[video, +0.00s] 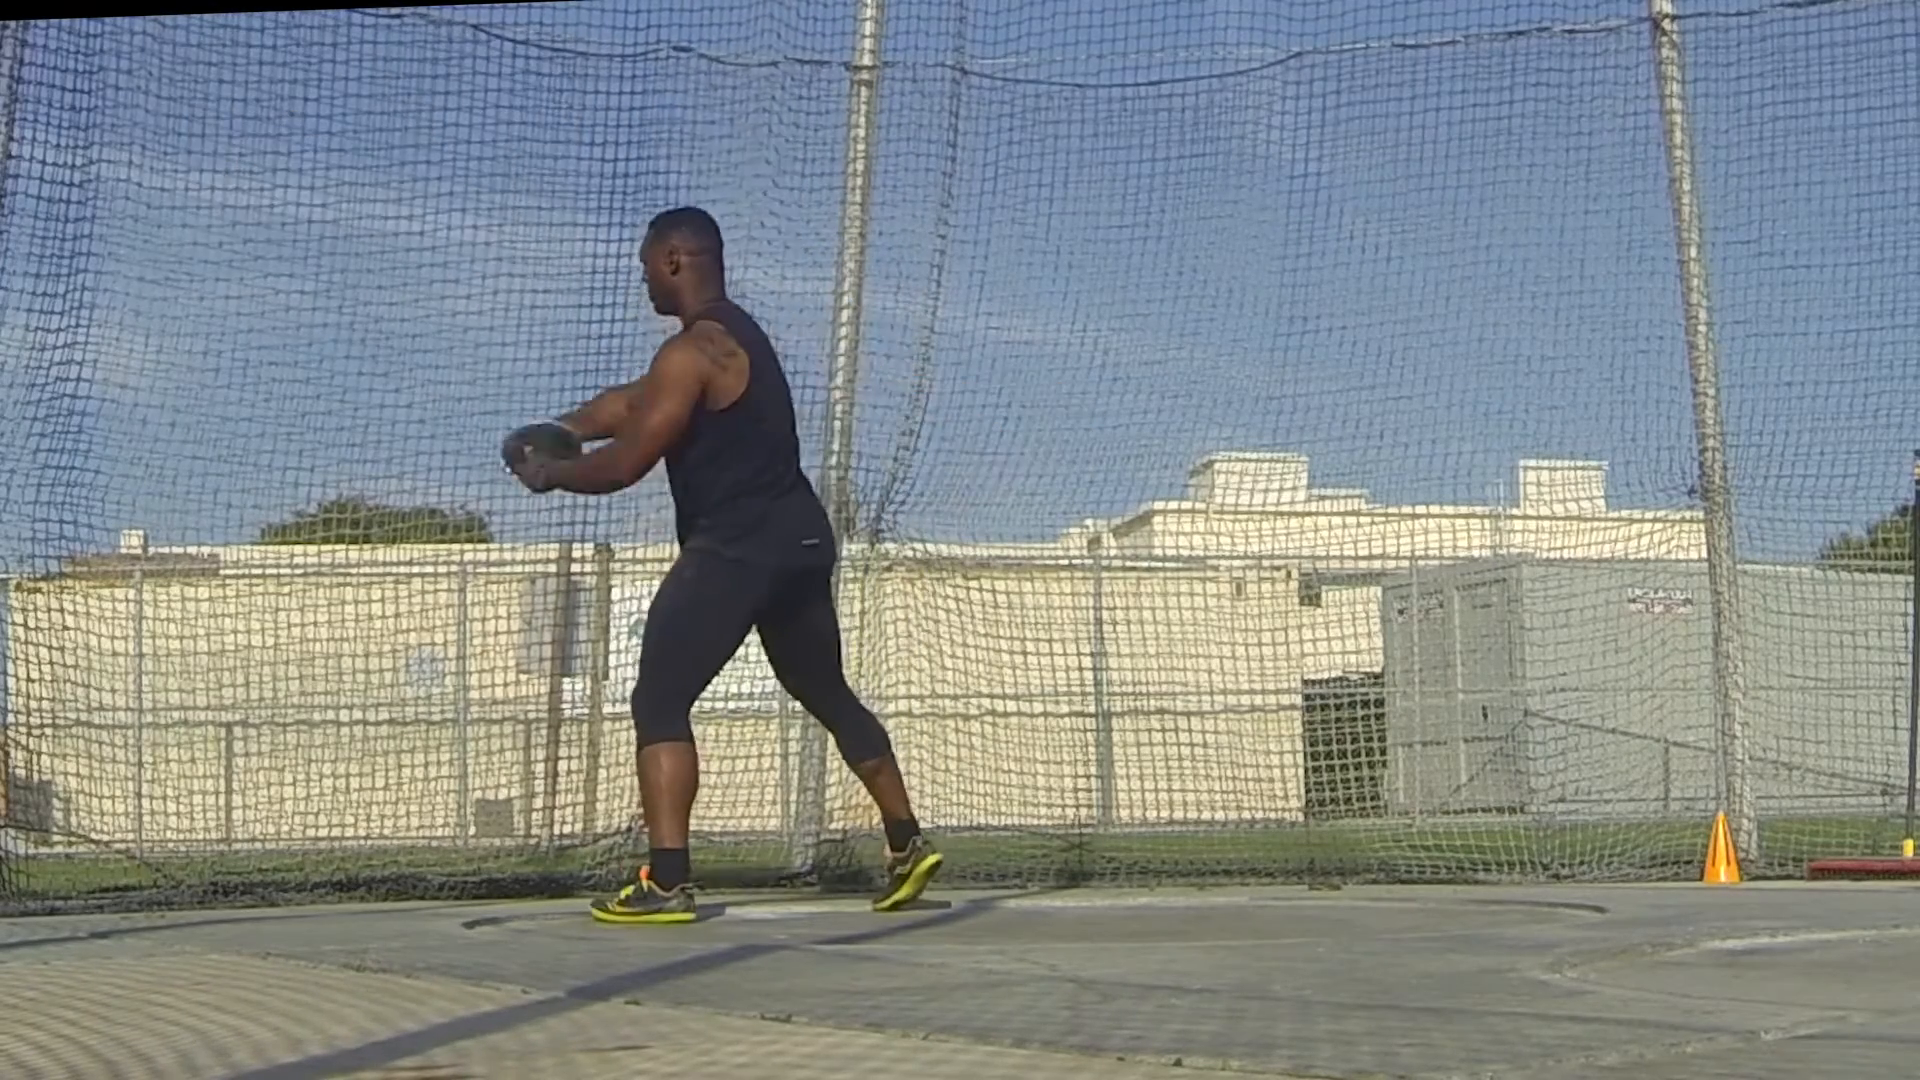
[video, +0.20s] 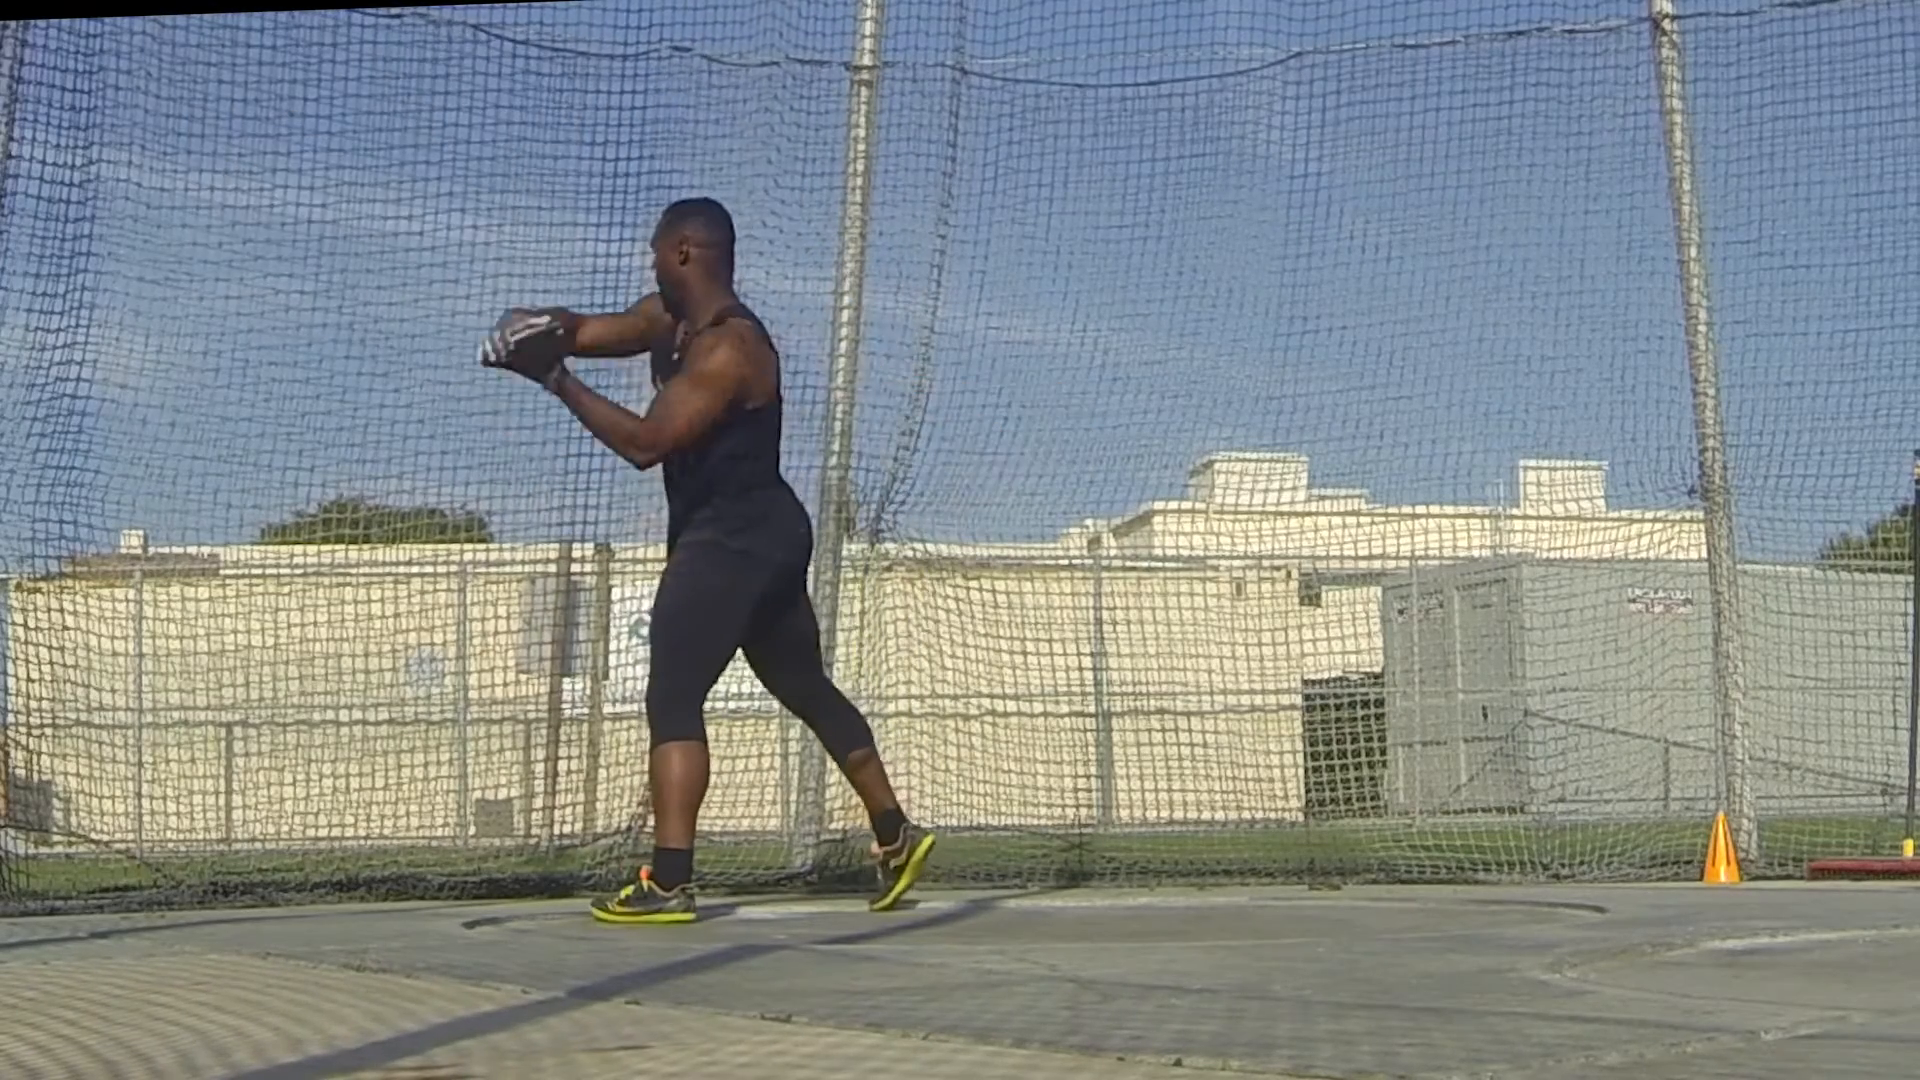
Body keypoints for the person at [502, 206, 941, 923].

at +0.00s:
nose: (642, 280)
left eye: (646, 267)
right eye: (643, 268)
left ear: (674, 263)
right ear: (705, 262)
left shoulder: (688, 352)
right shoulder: (741, 333)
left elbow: (623, 466)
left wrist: (553, 474)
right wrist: (561, 432)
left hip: (730, 553)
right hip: (798, 543)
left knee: (659, 699)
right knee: (825, 690)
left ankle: (666, 880)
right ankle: (908, 841)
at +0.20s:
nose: (650, 268)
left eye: (655, 256)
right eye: (652, 256)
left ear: (684, 254)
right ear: (706, 255)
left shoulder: (729, 347)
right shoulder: (674, 317)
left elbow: (646, 444)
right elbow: (584, 331)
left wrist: (557, 379)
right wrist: (539, 328)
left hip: (729, 540)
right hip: (760, 534)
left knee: (673, 693)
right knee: (803, 686)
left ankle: (669, 877)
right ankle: (895, 832)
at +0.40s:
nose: (653, 265)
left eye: (661, 252)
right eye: (656, 254)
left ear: (694, 252)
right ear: (709, 252)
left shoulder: (764, 354)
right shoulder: (672, 316)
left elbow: (735, 465)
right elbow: (588, 320)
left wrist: (683, 391)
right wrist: (671, 301)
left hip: (723, 541)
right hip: (738, 539)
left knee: (675, 696)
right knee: (787, 686)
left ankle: (670, 877)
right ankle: (883, 831)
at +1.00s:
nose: (747, 416)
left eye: (746, 408)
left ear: (750, 402)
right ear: (805, 401)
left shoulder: (743, 424)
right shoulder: (863, 453)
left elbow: (701, 480)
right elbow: (913, 554)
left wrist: (639, 559)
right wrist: (899, 611)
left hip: (783, 587)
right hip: (873, 599)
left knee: (649, 693)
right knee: (869, 728)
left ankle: (650, 852)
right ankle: (904, 877)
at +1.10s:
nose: (785, 395)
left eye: (778, 390)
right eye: (801, 388)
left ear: (776, 392)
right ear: (836, 394)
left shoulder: (748, 422)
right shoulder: (888, 434)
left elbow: (665, 473)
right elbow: (997, 476)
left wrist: (585, 526)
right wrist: (1073, 491)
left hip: (769, 588)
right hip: (860, 592)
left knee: (662, 710)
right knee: (871, 724)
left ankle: (647, 855)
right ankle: (906, 878)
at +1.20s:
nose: (846, 382)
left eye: (832, 375)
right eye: (854, 377)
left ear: (806, 382)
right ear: (863, 381)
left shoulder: (760, 414)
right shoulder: (895, 405)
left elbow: (653, 460)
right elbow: (1009, 399)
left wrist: (555, 500)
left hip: (771, 578)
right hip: (860, 582)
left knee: (674, 715)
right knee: (874, 723)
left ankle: (645, 850)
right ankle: (904, 877)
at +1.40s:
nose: (915, 356)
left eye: (914, 349)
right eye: (909, 353)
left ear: (843, 359)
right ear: (896, 354)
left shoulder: (802, 409)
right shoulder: (889, 383)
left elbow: (749, 458)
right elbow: (887, 332)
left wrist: (720, 496)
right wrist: (888, 296)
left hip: (773, 553)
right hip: (855, 558)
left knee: (704, 706)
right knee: (884, 710)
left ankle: (640, 837)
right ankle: (906, 876)